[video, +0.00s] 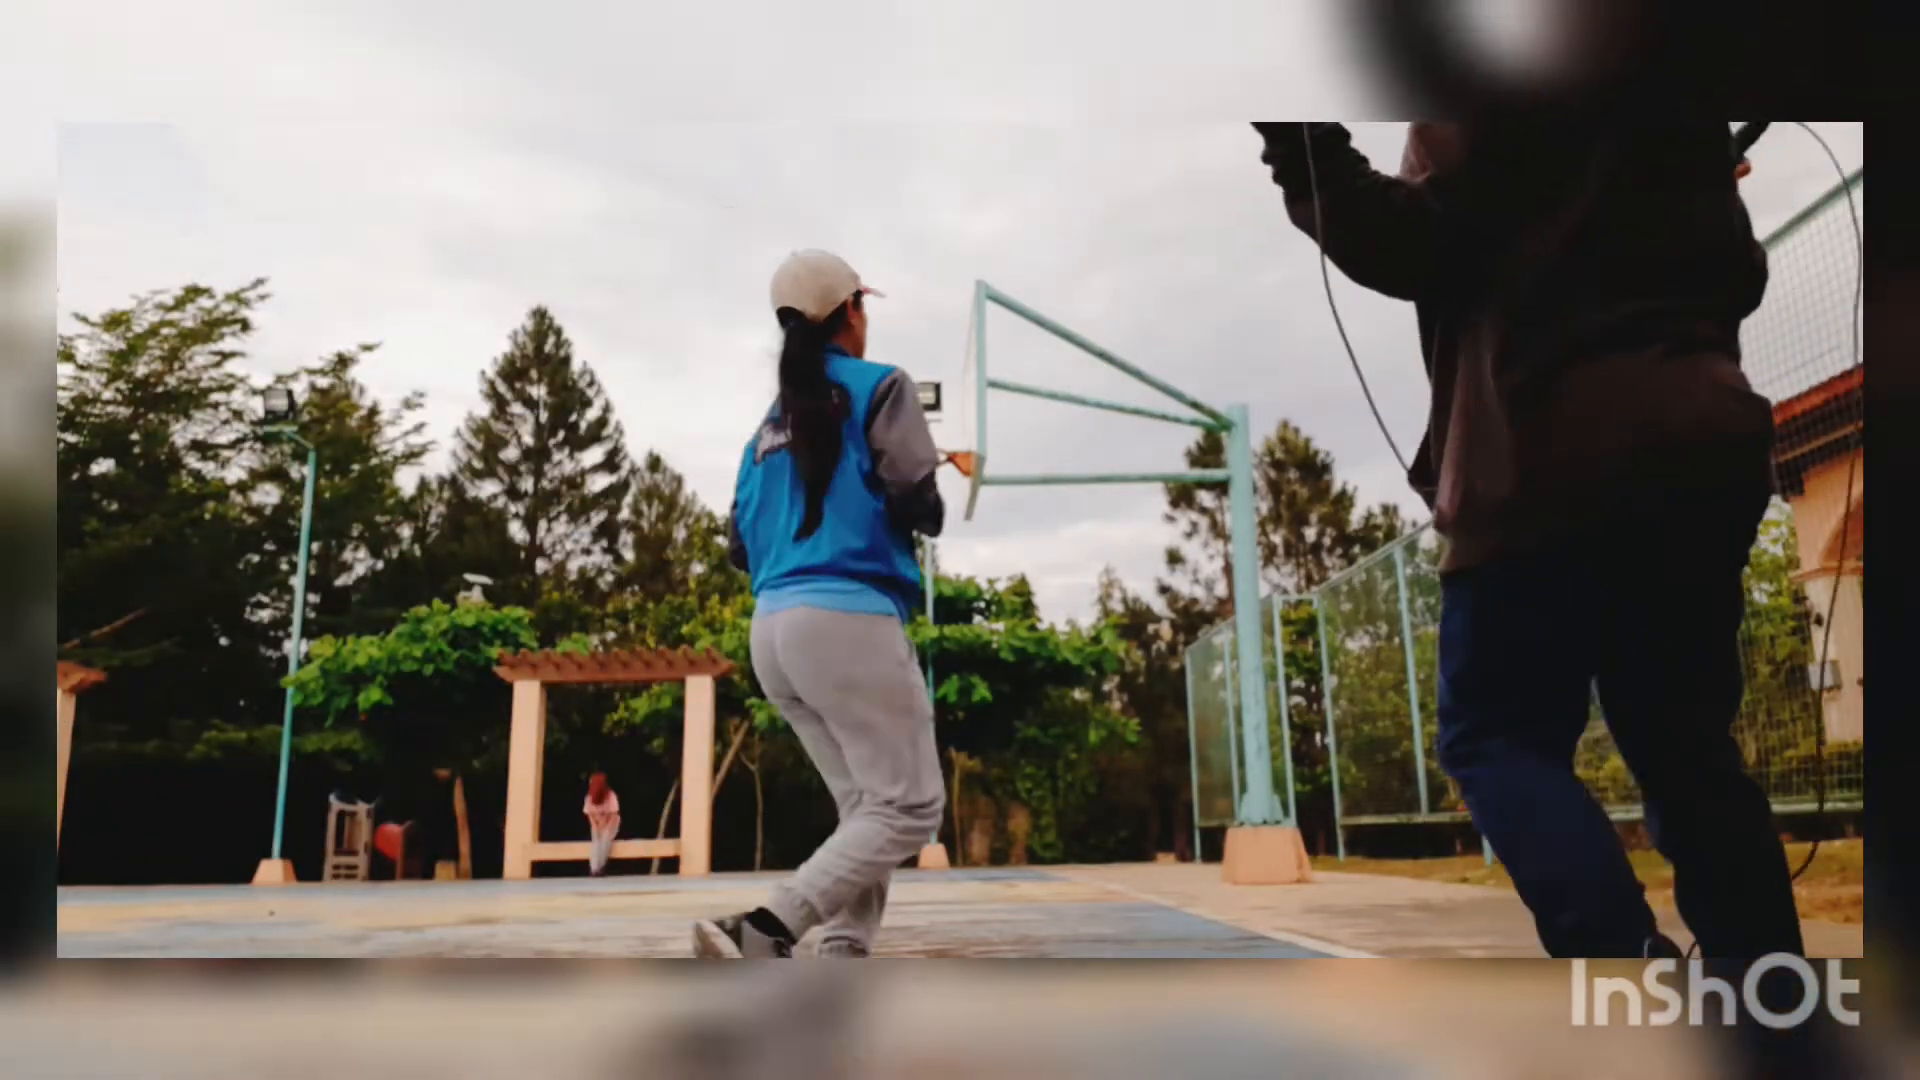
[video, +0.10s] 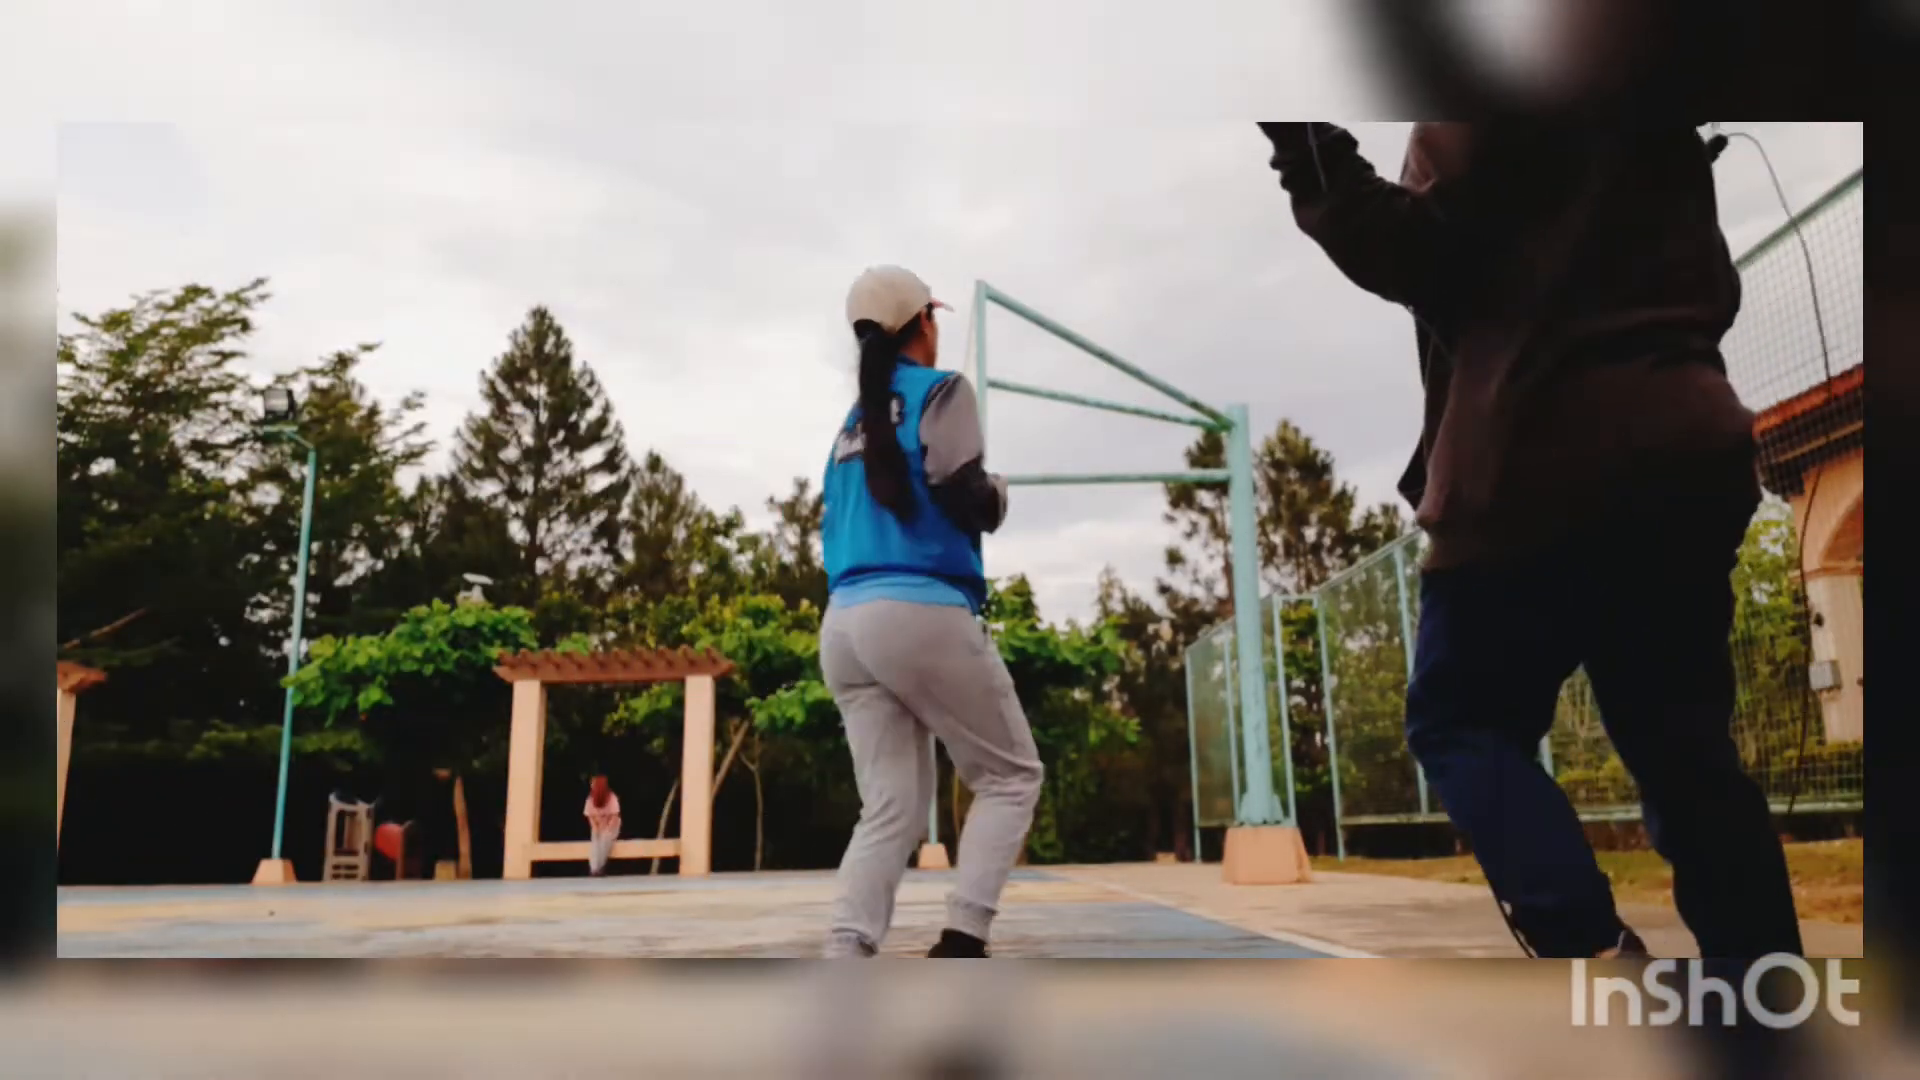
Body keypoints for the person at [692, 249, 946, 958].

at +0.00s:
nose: (866, 318)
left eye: (862, 305)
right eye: (861, 307)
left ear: (793, 324)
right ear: (849, 315)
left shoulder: (767, 424)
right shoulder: (880, 385)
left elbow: (740, 539)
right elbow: (919, 503)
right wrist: (930, 493)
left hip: (771, 628)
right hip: (846, 620)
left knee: (860, 806)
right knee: (908, 805)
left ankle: (840, 964)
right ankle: (769, 926)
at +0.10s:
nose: (939, 327)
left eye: (935, 317)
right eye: (935, 318)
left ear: (867, 337)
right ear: (921, 326)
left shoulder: (850, 423)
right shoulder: (941, 389)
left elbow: (836, 528)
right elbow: (962, 489)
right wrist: (993, 502)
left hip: (844, 617)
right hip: (919, 608)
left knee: (890, 808)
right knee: (1009, 775)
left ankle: (845, 956)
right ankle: (964, 938)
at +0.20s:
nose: (1006, 334)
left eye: (1001, 323)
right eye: (1001, 324)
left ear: (940, 339)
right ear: (988, 331)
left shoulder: (927, 409)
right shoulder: (999, 391)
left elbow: (950, 501)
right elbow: (1025, 488)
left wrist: (1034, 468)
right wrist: (1060, 491)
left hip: (918, 602)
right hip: (996, 594)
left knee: (922, 773)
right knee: (1063, 765)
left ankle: (866, 932)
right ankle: (1107, 939)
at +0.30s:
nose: (1094, 375)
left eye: (1089, 365)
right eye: (1091, 366)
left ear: (1027, 378)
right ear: (1083, 373)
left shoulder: (1004, 450)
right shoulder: (1102, 432)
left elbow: (1020, 533)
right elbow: (1130, 503)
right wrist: (1162, 530)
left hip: (1017, 639)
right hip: (1096, 630)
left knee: (1065, 808)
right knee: (1154, 799)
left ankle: (980, 898)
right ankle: (1163, 947)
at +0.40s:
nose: (1163, 410)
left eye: (1154, 402)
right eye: (1162, 403)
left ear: (1095, 412)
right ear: (1156, 408)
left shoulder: (1065, 495)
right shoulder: (1187, 467)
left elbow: (1035, 575)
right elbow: (1237, 558)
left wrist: (1096, 584)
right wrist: (1189, 547)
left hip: (1094, 659)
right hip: (1169, 643)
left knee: (1165, 789)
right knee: (1193, 804)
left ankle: (1146, 905)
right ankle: (1170, 939)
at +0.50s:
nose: (1189, 412)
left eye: (1139, 406)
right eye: (1190, 404)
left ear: (1128, 413)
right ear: (1190, 410)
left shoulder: (1101, 487)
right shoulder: (1233, 469)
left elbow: (1067, 549)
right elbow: (1265, 555)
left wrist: (1121, 597)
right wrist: (1213, 556)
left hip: (1134, 645)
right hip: (1209, 632)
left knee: (1213, 772)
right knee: (1205, 774)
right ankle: (1183, 923)